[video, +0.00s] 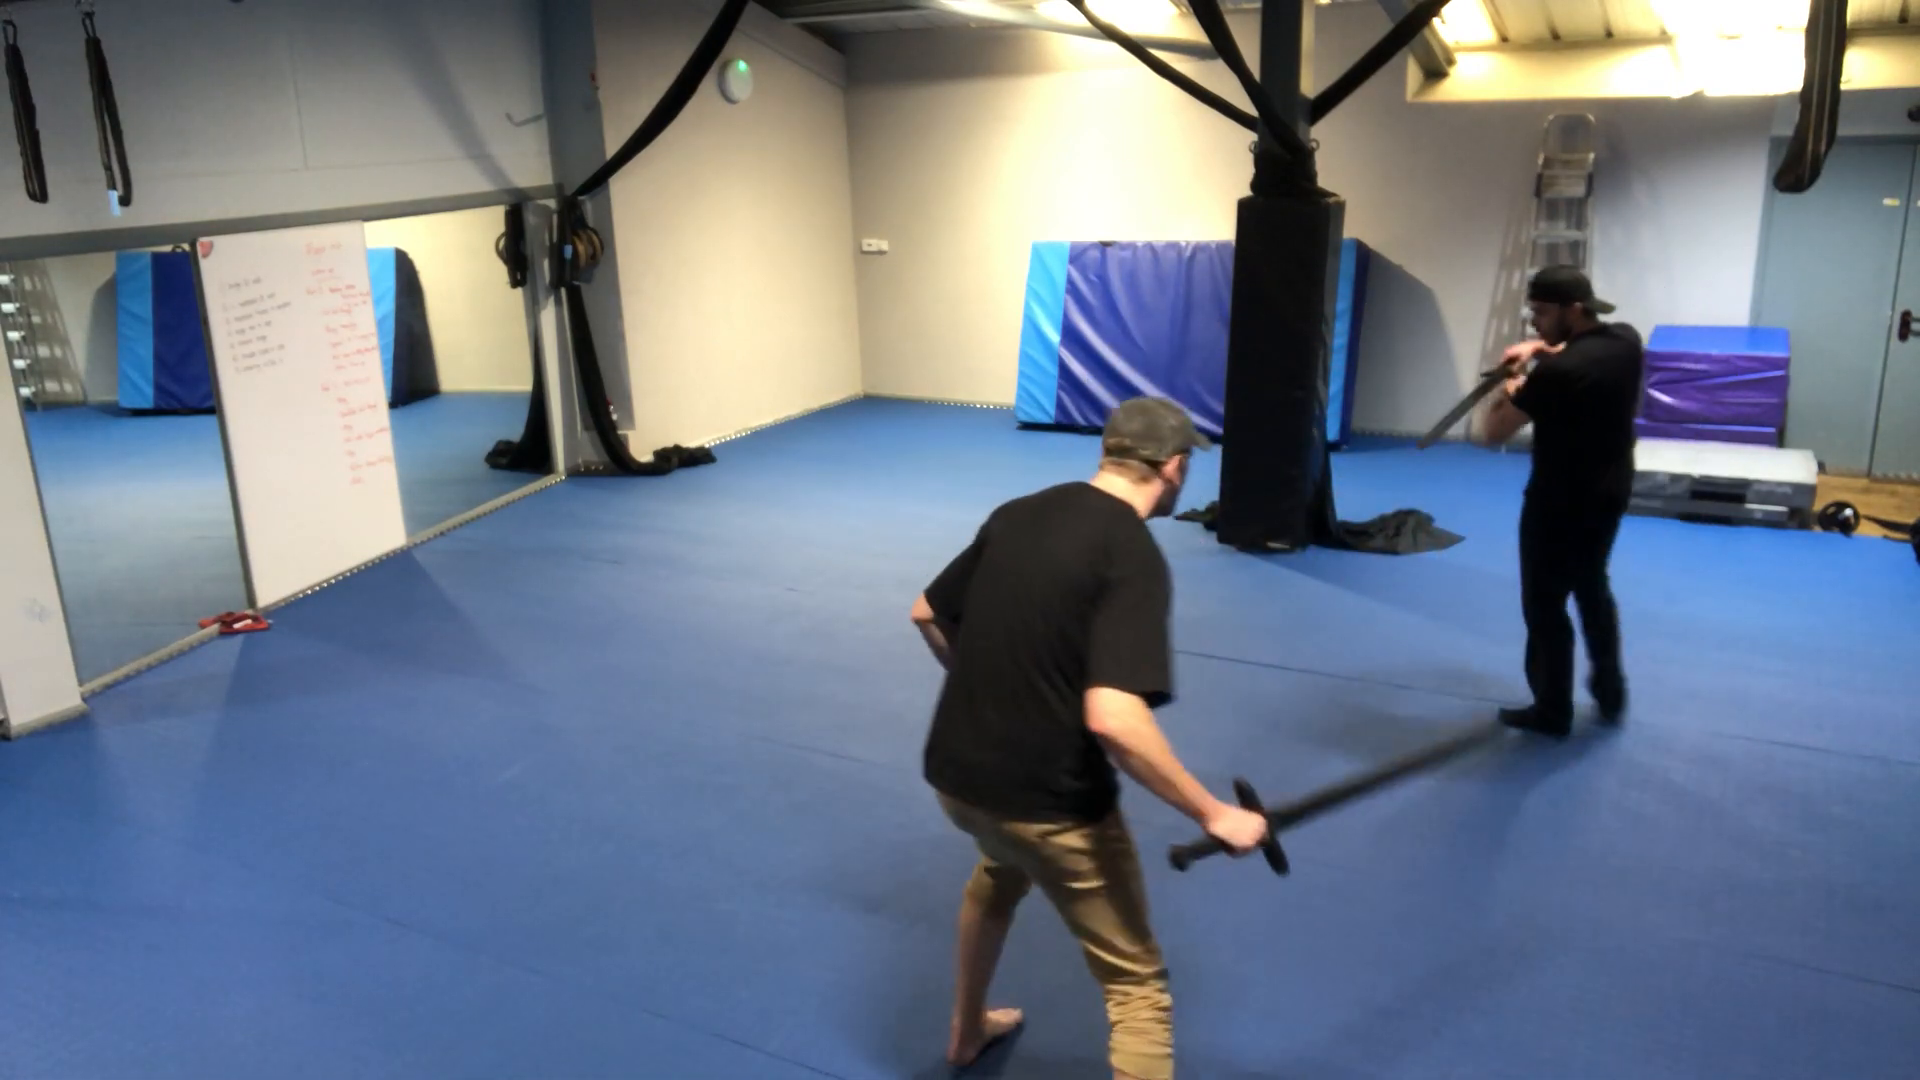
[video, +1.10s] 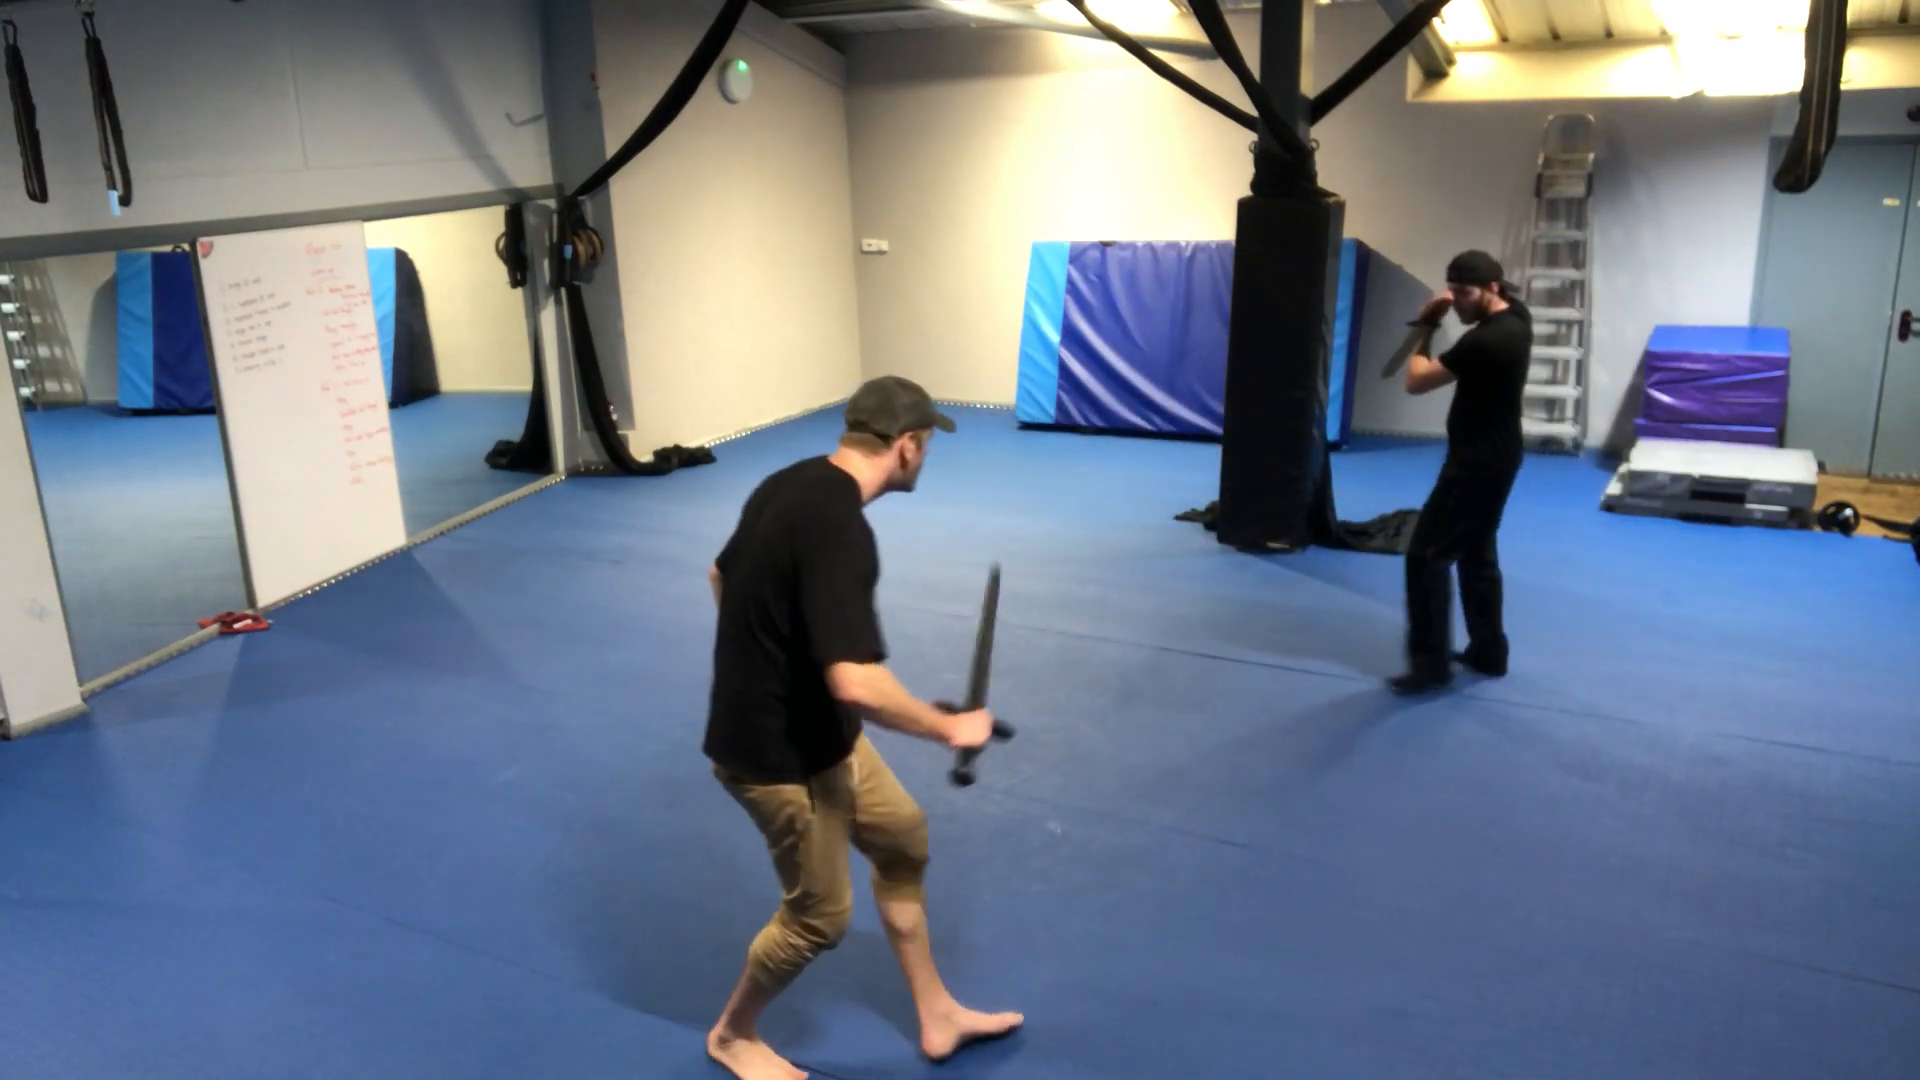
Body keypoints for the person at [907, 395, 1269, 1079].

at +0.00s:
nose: (1186, 478)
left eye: (1189, 466)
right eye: (1188, 465)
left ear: (1107, 453)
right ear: (1170, 467)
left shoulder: (1021, 514)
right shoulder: (1133, 556)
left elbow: (930, 613)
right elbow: (1112, 714)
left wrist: (989, 687)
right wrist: (1214, 812)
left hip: (957, 772)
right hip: (1052, 801)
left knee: (1002, 867)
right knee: (1135, 985)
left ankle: (966, 1028)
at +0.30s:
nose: (1095, 462)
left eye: (1096, 449)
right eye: (1096, 449)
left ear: (1022, 440)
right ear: (1078, 450)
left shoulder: (944, 500)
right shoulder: (1042, 533)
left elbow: (866, 597)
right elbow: (1022, 685)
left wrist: (920, 669)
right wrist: (1120, 762)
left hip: (899, 748)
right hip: (975, 768)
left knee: (980, 869)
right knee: (1060, 955)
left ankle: (963, 1032)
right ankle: (1075, 1066)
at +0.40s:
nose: (1069, 454)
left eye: (1069, 441)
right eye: (1069, 442)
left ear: (996, 434)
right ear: (1052, 443)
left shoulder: (922, 495)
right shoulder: (1023, 525)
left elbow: (838, 590)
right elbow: (1010, 676)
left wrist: (881, 668)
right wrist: (1100, 745)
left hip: (883, 741)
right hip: (956, 762)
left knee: (973, 873)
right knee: (1044, 943)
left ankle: (961, 1040)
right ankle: (1003, 1068)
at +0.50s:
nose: (1046, 451)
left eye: (1046, 437)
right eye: (1048, 438)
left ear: (975, 428)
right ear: (1031, 438)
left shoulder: (903, 493)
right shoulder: (1006, 518)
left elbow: (816, 587)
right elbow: (1004, 671)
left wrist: (841, 680)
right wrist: (1087, 729)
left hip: (870, 737)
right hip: (940, 757)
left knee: (961, 880)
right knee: (1005, 936)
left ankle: (956, 1033)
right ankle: (897, 1071)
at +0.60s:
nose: (1029, 447)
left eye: (1029, 434)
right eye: (1030, 434)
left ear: (957, 425)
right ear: (1013, 433)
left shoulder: (886, 490)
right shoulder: (989, 513)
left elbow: (799, 588)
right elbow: (998, 670)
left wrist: (820, 679)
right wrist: (1073, 709)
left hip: (850, 729)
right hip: (918, 753)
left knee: (948, 890)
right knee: (956, 927)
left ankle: (961, 1035)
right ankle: (797, 1039)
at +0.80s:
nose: (990, 455)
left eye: (992, 441)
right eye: (992, 441)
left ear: (919, 429)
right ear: (974, 438)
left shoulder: (847, 490)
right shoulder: (937, 518)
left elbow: (765, 588)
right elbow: (963, 670)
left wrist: (798, 682)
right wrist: (1038, 692)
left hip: (818, 730)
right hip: (851, 757)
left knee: (933, 850)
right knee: (859, 920)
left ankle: (956, 1029)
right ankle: (738, 1018)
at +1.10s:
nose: (924, 458)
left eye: (926, 444)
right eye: (925, 444)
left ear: (856, 432)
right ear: (904, 443)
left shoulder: (787, 487)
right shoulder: (840, 526)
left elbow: (723, 575)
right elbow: (854, 680)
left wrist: (778, 656)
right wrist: (948, 727)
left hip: (820, 735)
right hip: (776, 759)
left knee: (902, 842)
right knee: (818, 915)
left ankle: (938, 1015)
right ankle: (731, 1033)